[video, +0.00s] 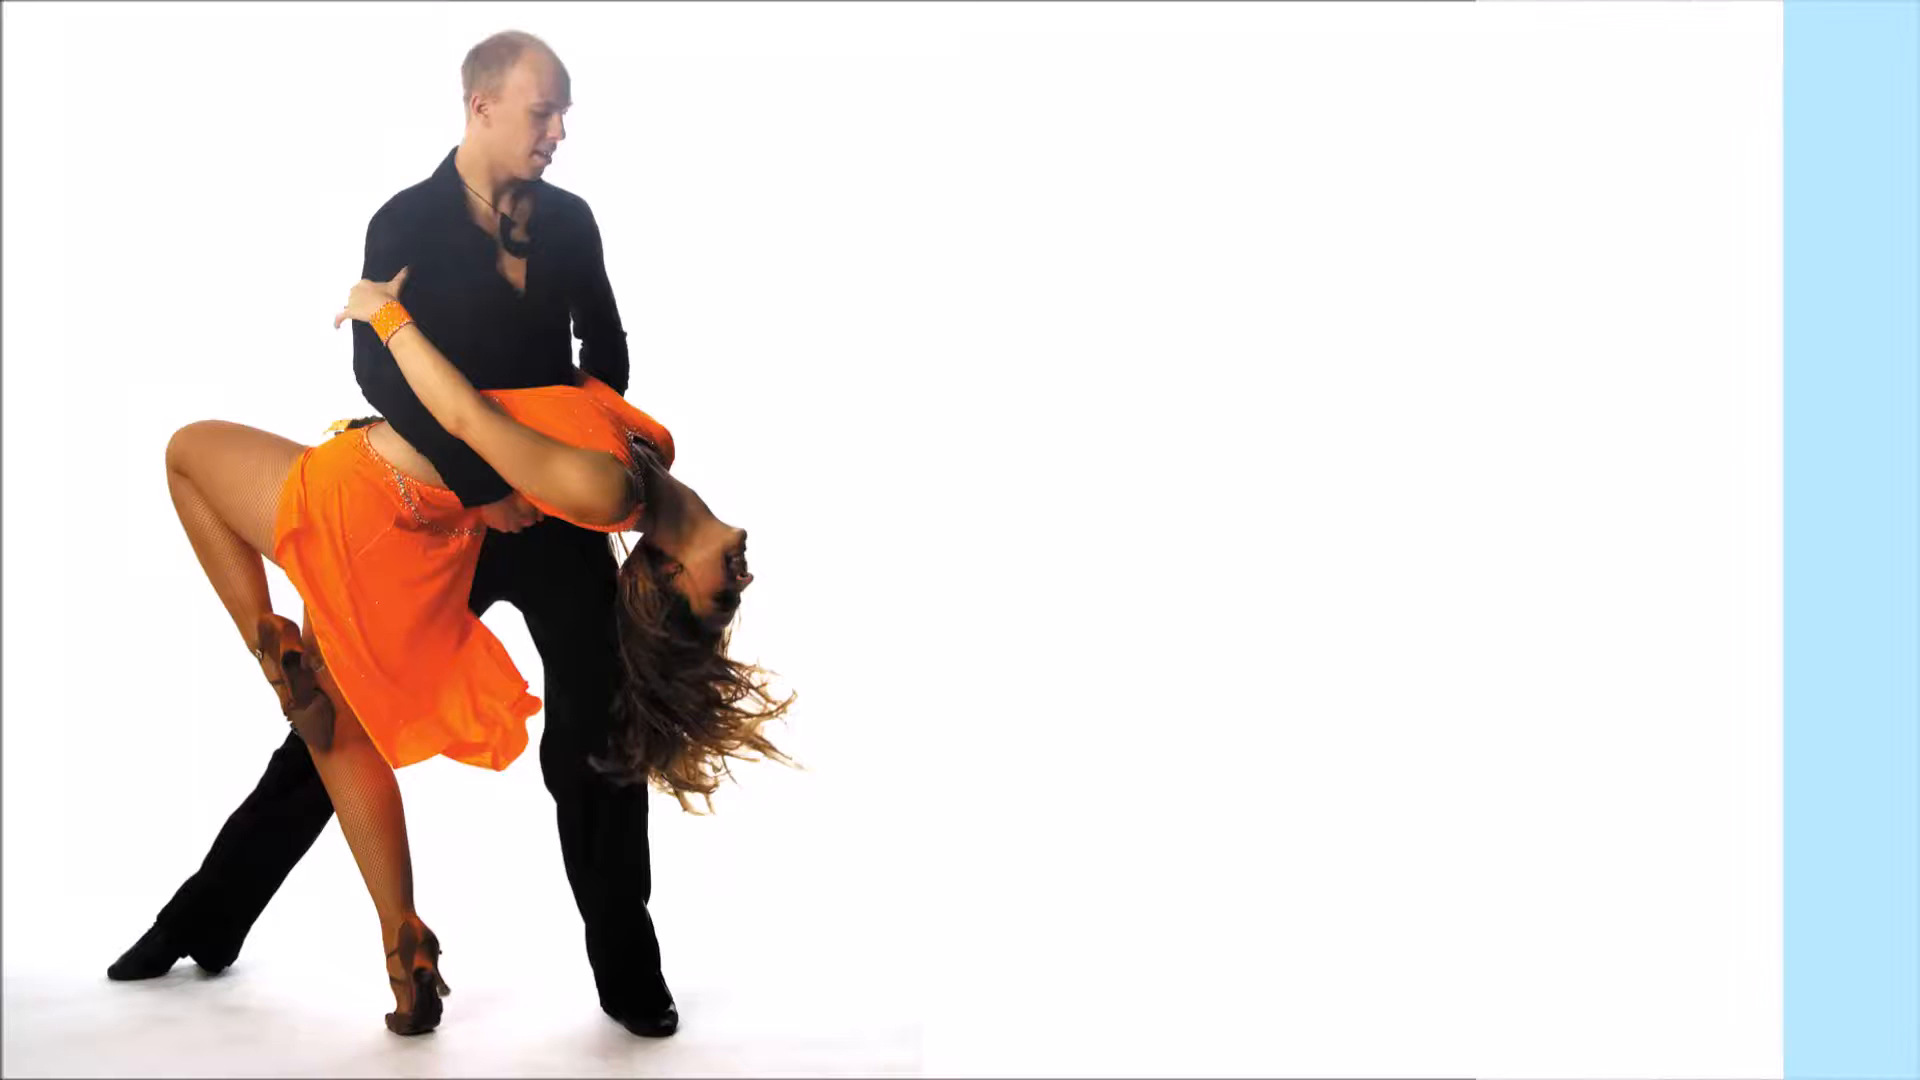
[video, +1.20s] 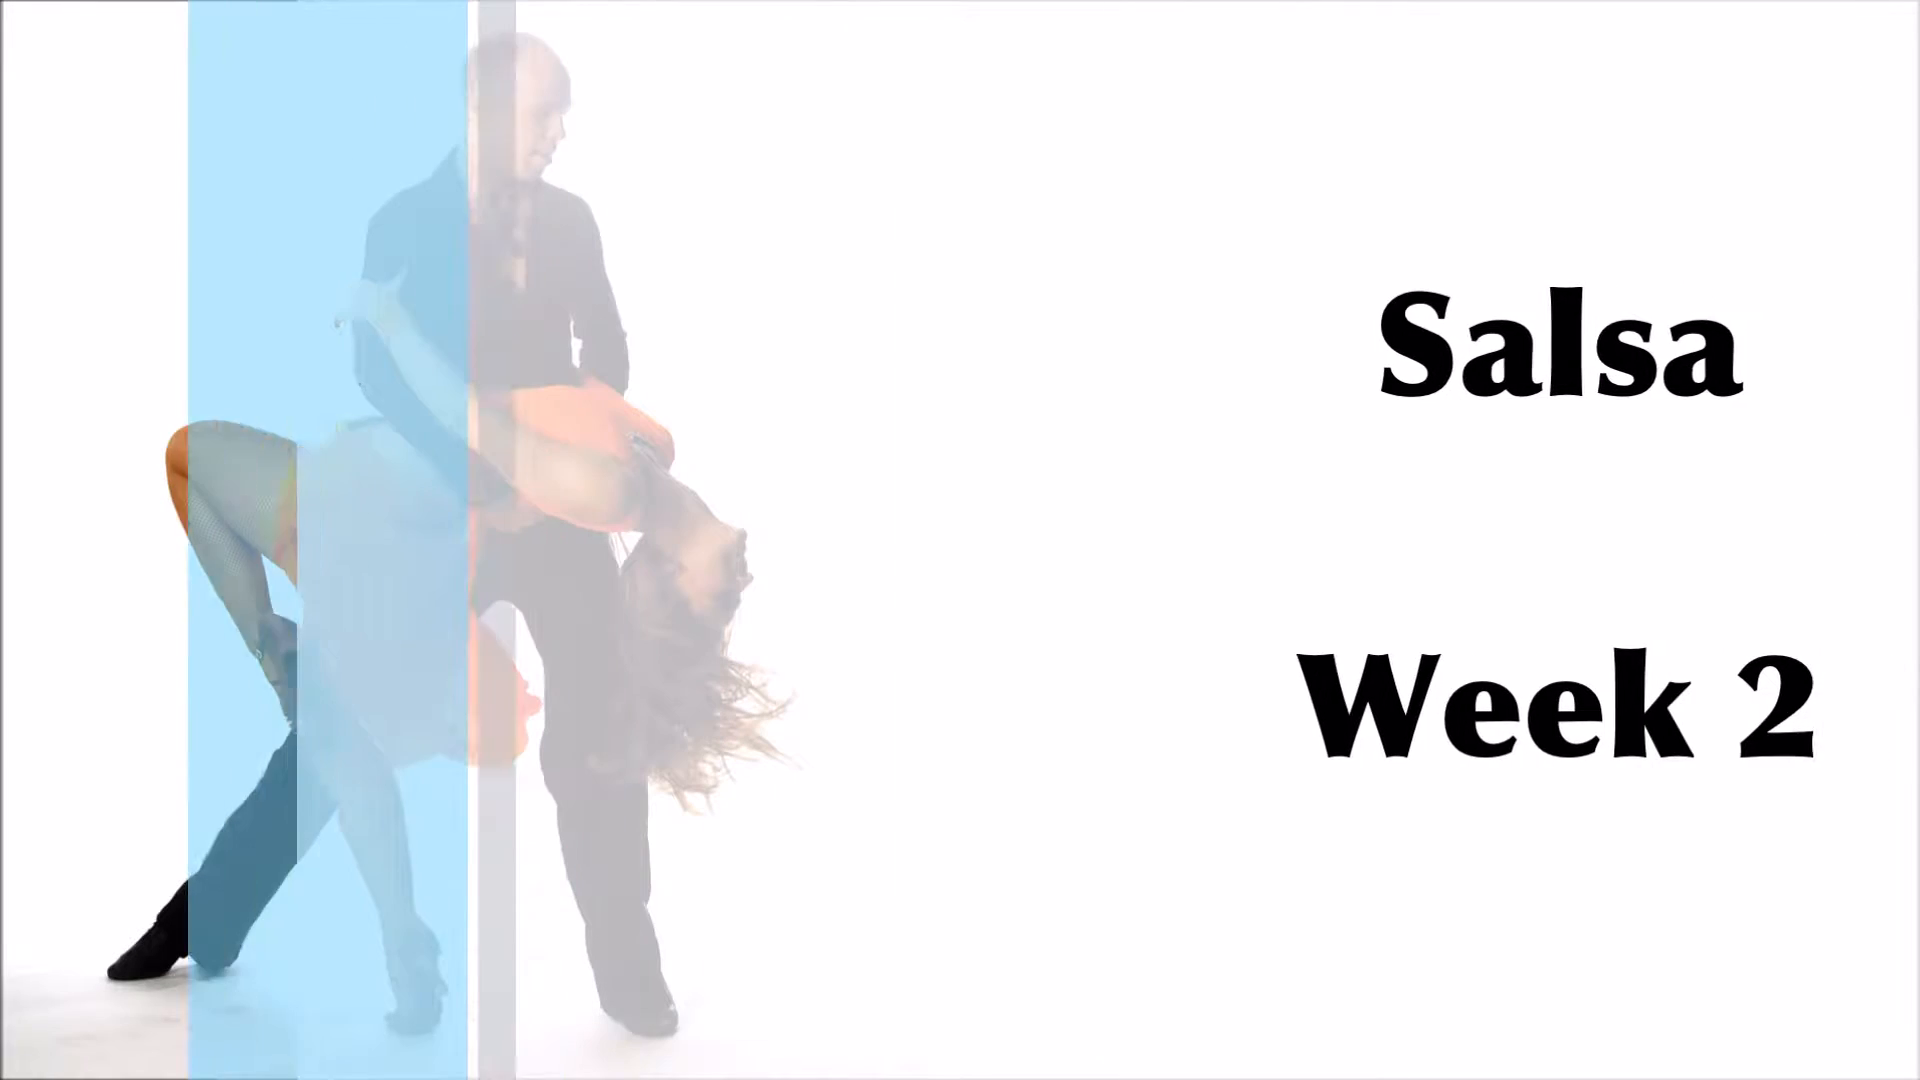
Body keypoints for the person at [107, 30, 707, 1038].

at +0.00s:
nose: (556, 135)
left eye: (563, 118)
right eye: (542, 114)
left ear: (554, 123)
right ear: (478, 107)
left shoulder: (566, 220)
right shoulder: (405, 225)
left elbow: (608, 359)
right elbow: (378, 372)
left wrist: (612, 482)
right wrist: (478, 486)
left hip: (553, 526)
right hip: (442, 523)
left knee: (598, 733)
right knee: (338, 722)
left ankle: (631, 973)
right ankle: (205, 925)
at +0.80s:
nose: (556, 134)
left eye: (561, 117)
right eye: (541, 115)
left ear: (550, 121)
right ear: (477, 111)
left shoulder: (570, 224)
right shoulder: (406, 226)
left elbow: (605, 374)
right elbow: (386, 379)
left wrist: (601, 487)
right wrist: (491, 490)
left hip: (553, 526)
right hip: (439, 520)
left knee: (589, 747)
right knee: (332, 730)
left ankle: (627, 975)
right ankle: (205, 922)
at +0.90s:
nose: (543, 132)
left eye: (547, 113)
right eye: (531, 110)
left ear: (522, 113)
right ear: (481, 108)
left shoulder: (552, 226)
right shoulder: (410, 226)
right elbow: (387, 378)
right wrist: (489, 482)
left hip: (515, 518)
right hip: (395, 510)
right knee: (342, 733)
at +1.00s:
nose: (535, 132)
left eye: (548, 112)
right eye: (517, 110)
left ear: (560, 119)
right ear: (476, 110)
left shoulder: (570, 224)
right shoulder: (407, 222)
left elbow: (604, 360)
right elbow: (383, 374)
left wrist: (603, 473)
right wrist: (469, 469)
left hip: (547, 518)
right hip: (436, 502)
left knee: (596, 727)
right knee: (349, 709)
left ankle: (625, 957)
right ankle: (208, 920)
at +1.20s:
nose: (550, 135)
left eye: (557, 115)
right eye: (535, 114)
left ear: (559, 121)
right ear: (482, 114)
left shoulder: (570, 225)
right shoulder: (411, 220)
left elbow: (604, 354)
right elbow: (380, 365)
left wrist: (606, 455)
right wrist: (471, 473)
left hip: (557, 522)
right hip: (449, 514)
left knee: (600, 727)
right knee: (345, 712)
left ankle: (627, 965)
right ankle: (202, 920)